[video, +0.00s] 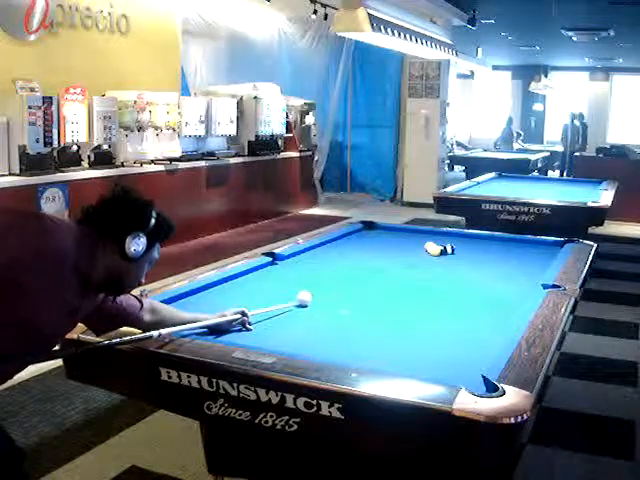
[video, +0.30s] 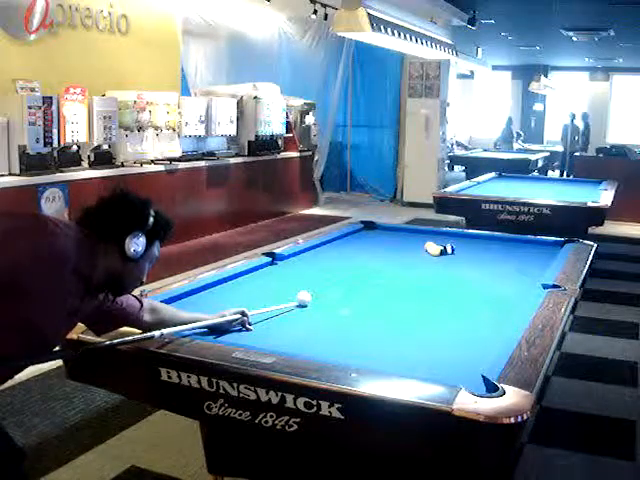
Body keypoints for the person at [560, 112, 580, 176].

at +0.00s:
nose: (571, 119)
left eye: (572, 117)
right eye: (570, 117)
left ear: (574, 118)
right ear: (569, 117)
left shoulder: (577, 127)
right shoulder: (565, 126)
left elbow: (578, 137)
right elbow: (562, 135)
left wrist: (578, 145)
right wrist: (563, 143)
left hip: (573, 146)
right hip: (566, 146)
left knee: (571, 160)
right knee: (563, 160)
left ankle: (569, 173)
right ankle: (561, 172)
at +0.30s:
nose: (572, 119)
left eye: (573, 117)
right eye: (571, 117)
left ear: (575, 118)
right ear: (569, 117)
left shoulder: (576, 128)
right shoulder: (565, 126)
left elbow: (578, 137)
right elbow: (562, 136)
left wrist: (576, 144)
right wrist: (563, 143)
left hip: (572, 147)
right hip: (565, 146)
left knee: (571, 160)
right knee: (563, 160)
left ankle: (569, 173)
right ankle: (561, 172)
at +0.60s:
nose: (572, 119)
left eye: (573, 117)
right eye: (571, 117)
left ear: (574, 118)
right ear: (569, 117)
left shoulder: (576, 127)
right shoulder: (565, 126)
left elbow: (578, 137)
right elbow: (562, 135)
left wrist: (577, 144)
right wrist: (563, 142)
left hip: (573, 147)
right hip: (565, 146)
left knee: (571, 160)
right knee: (563, 160)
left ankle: (569, 173)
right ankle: (561, 173)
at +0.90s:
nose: (572, 119)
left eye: (573, 117)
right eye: (571, 117)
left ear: (574, 118)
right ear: (569, 117)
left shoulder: (576, 127)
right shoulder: (565, 126)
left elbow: (578, 136)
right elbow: (562, 135)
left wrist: (577, 145)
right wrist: (563, 142)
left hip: (573, 146)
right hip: (565, 146)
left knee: (571, 160)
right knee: (563, 160)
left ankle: (569, 173)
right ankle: (561, 173)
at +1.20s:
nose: (572, 119)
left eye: (573, 117)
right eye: (571, 117)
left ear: (574, 118)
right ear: (569, 117)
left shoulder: (577, 127)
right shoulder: (565, 126)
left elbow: (578, 136)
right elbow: (562, 135)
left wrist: (577, 144)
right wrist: (563, 143)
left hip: (573, 146)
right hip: (566, 146)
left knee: (571, 160)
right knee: (563, 160)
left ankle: (569, 173)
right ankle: (561, 173)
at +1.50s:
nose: (572, 119)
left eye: (573, 117)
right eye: (571, 117)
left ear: (574, 118)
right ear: (569, 117)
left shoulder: (576, 127)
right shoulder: (565, 126)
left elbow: (578, 136)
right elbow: (562, 135)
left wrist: (577, 144)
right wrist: (563, 143)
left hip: (573, 146)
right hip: (566, 146)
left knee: (571, 160)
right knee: (563, 160)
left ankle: (569, 173)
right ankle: (561, 173)